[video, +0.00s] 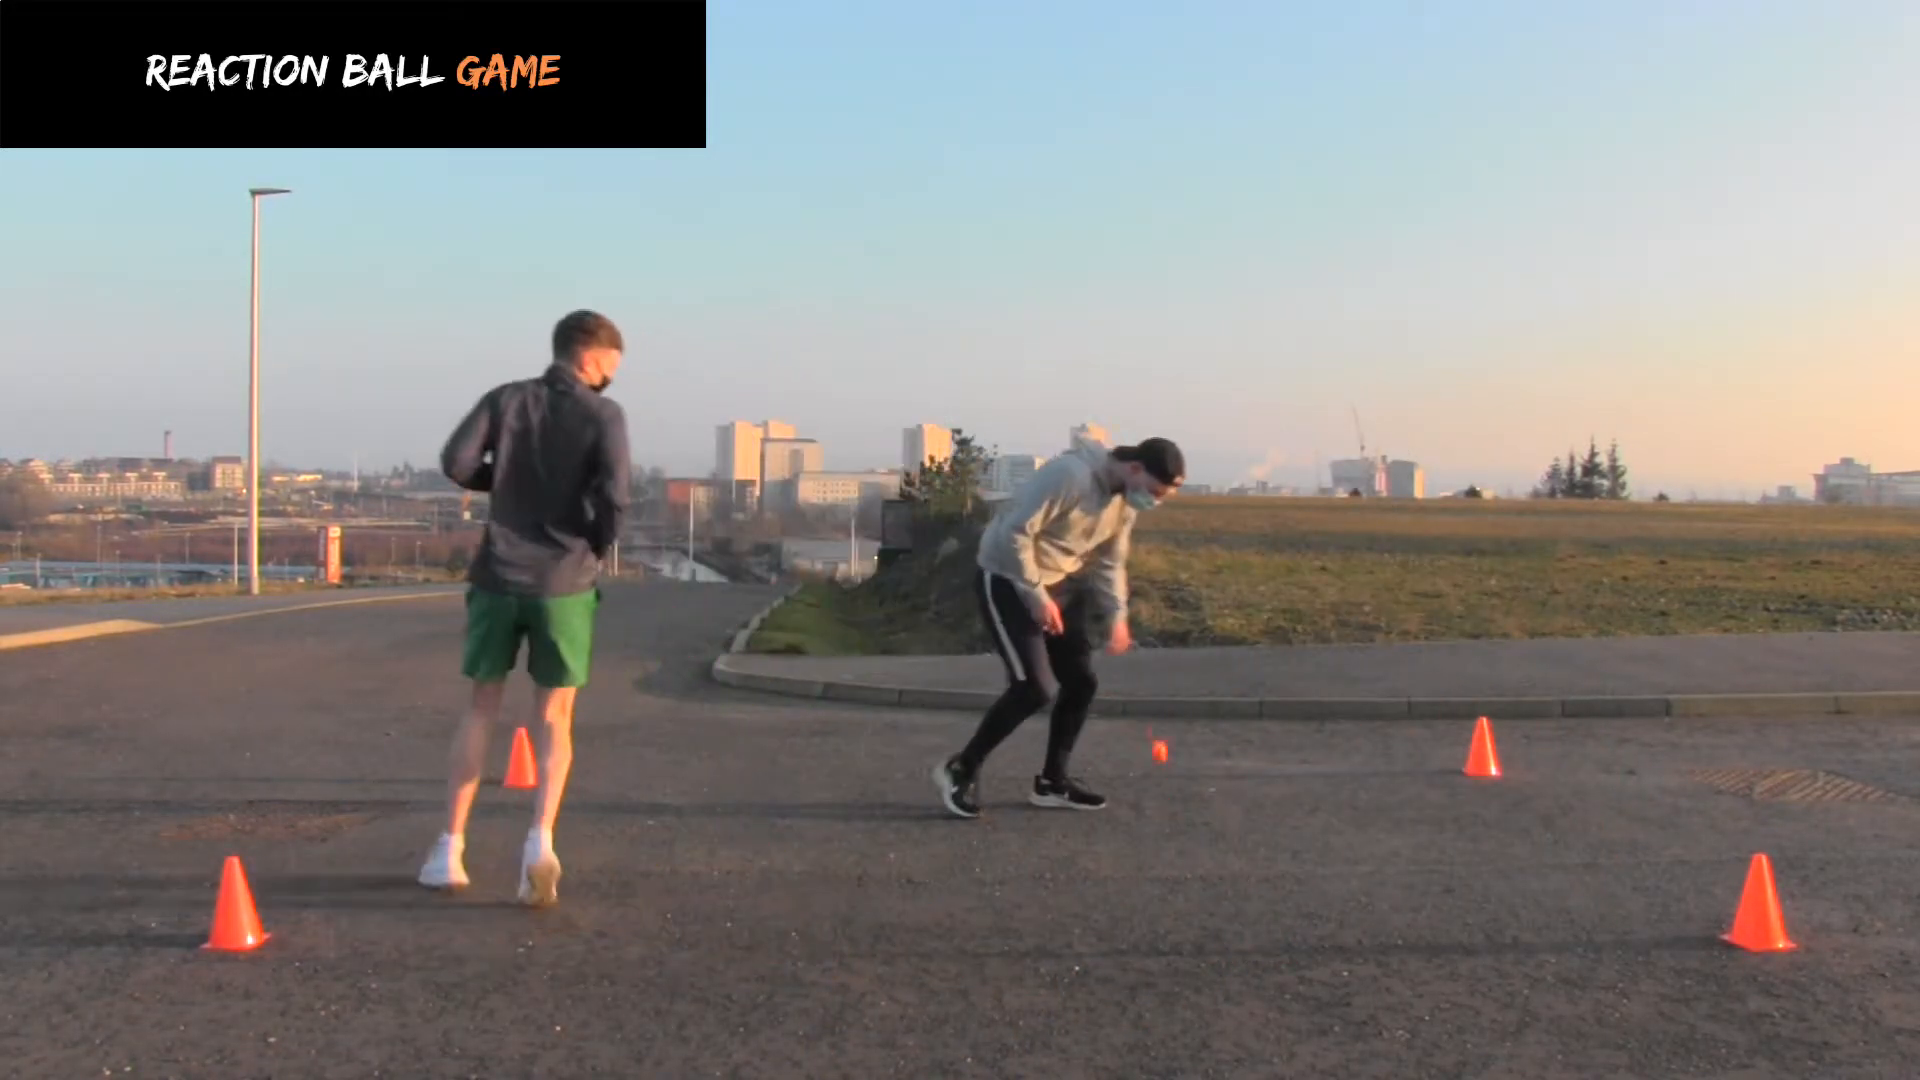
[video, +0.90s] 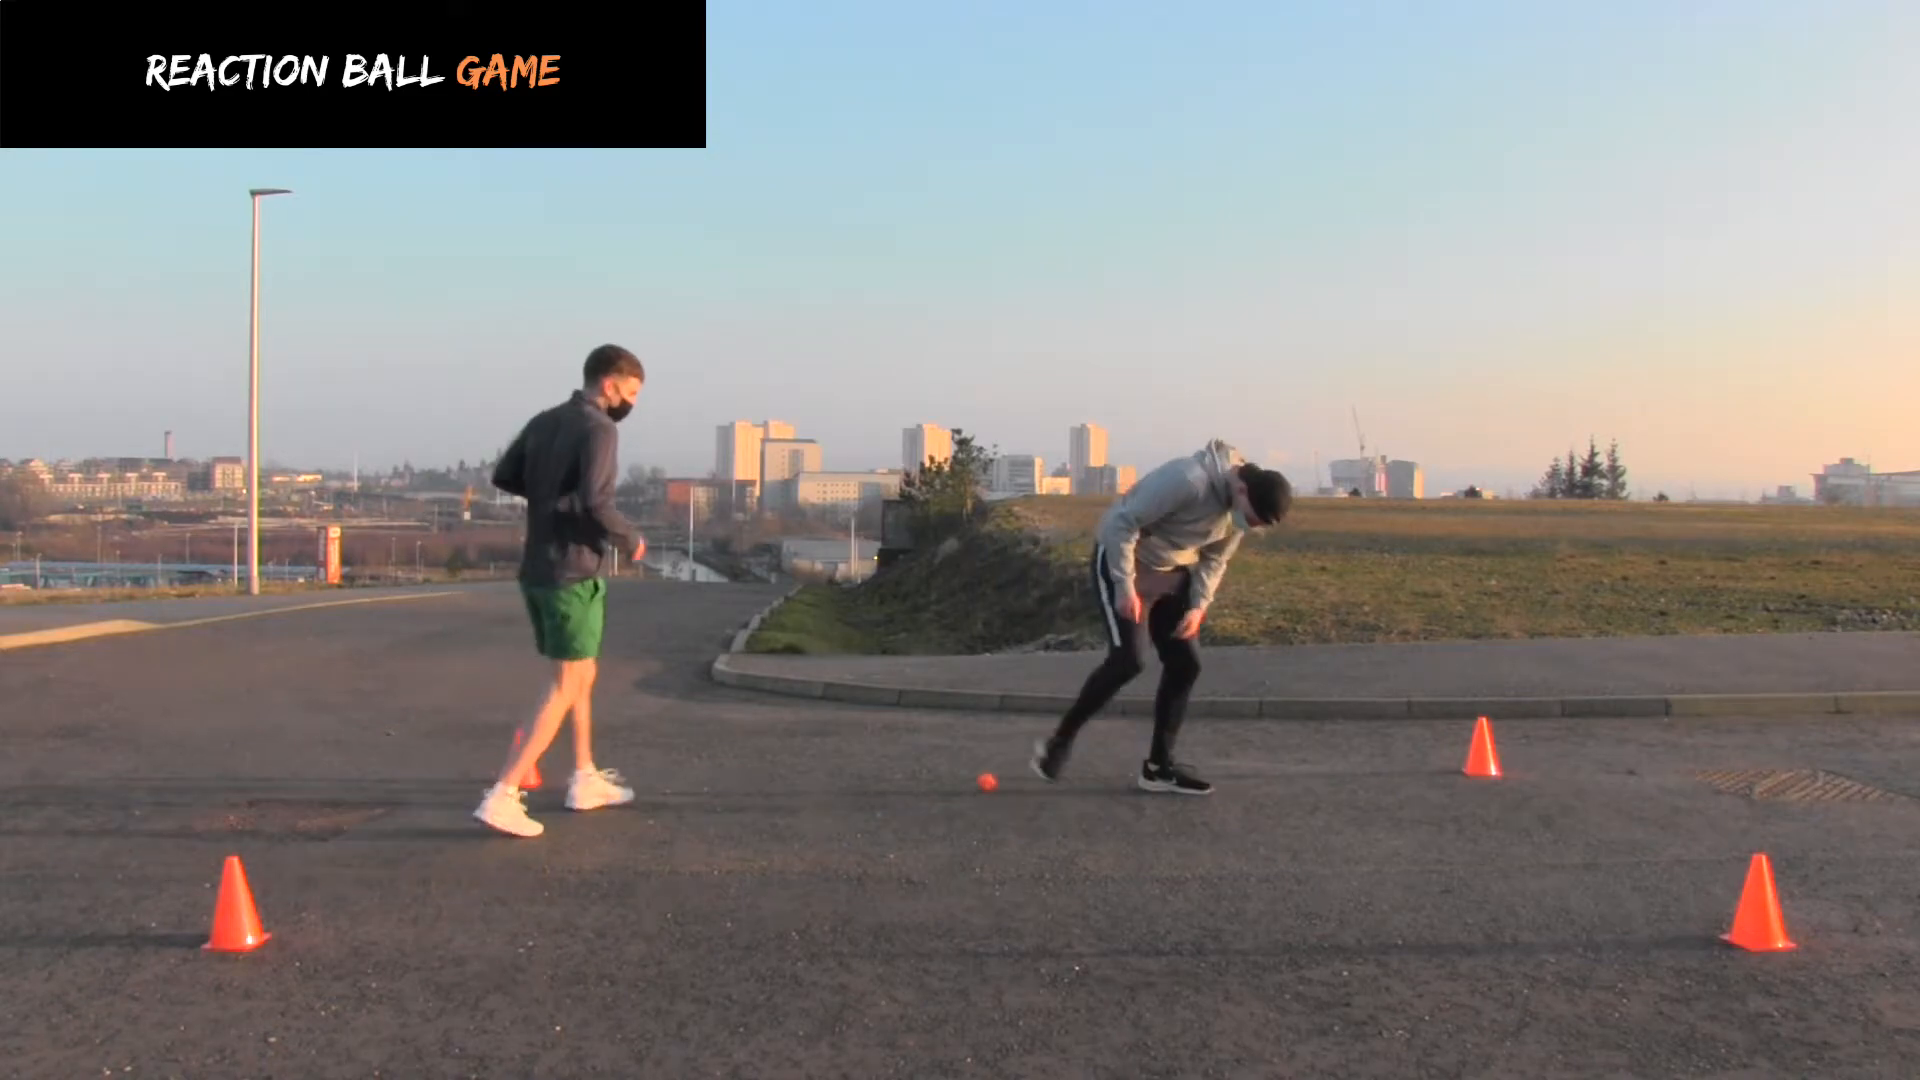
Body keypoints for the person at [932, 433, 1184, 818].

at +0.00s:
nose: (1150, 502)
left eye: (1157, 498)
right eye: (1151, 493)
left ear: (1138, 472)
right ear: (1135, 469)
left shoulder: (1122, 501)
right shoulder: (1069, 473)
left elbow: (1111, 563)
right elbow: (1011, 535)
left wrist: (1117, 615)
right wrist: (1036, 596)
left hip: (1048, 584)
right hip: (1003, 575)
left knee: (1080, 683)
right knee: (1035, 687)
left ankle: (1052, 780)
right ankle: (960, 770)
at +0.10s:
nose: (1177, 507)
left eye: (1184, 502)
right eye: (1178, 498)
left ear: (1164, 478)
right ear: (1160, 474)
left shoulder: (1151, 508)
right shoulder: (1094, 472)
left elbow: (1144, 576)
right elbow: (1034, 531)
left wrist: (1157, 643)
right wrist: (1059, 591)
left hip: (1073, 580)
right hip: (1026, 570)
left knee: (1095, 680)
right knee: (1069, 669)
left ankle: (1054, 778)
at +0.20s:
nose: (1192, 515)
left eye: (1199, 511)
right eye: (1193, 506)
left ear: (1183, 485)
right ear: (1179, 482)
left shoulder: (1164, 514)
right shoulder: (1113, 474)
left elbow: (1157, 581)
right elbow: (1047, 531)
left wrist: (1166, 650)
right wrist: (1078, 589)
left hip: (1079, 577)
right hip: (1039, 568)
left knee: (1099, 674)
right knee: (1098, 672)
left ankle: (1054, 776)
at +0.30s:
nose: (1214, 525)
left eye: (1221, 522)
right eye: (1217, 518)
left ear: (1206, 496)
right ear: (1205, 495)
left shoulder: (1181, 517)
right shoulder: (1135, 487)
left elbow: (1163, 577)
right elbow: (1069, 542)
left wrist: (1170, 645)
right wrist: (1107, 595)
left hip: (1097, 581)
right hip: (1061, 577)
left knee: (1139, 676)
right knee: (1119, 677)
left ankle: (1064, 765)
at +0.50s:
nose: (1239, 530)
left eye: (1245, 528)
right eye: (1243, 524)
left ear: (1235, 504)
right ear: (1234, 503)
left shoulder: (1204, 507)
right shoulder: (1166, 492)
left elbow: (1169, 559)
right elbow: (1114, 559)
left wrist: (1173, 609)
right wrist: (1142, 618)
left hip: (1130, 574)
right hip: (1089, 571)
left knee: (1172, 673)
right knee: (1137, 673)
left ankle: (1115, 750)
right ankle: (1123, 794)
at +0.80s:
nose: (1258, 534)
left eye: (1264, 532)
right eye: (1259, 527)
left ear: (1256, 504)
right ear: (1249, 501)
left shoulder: (1234, 514)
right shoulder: (1191, 484)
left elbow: (1206, 566)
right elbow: (1123, 526)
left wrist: (1185, 615)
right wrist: (1128, 594)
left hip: (1163, 574)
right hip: (1115, 562)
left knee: (1180, 667)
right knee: (1122, 661)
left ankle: (1159, 765)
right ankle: (1098, 778)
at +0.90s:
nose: (1253, 528)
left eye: (1260, 525)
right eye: (1254, 520)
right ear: (1242, 492)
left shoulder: (1242, 509)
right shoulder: (1187, 480)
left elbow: (1215, 559)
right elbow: (1120, 525)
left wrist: (1198, 604)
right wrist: (1125, 589)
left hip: (1169, 573)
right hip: (1122, 562)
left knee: (1184, 665)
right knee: (1128, 659)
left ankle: (1158, 765)